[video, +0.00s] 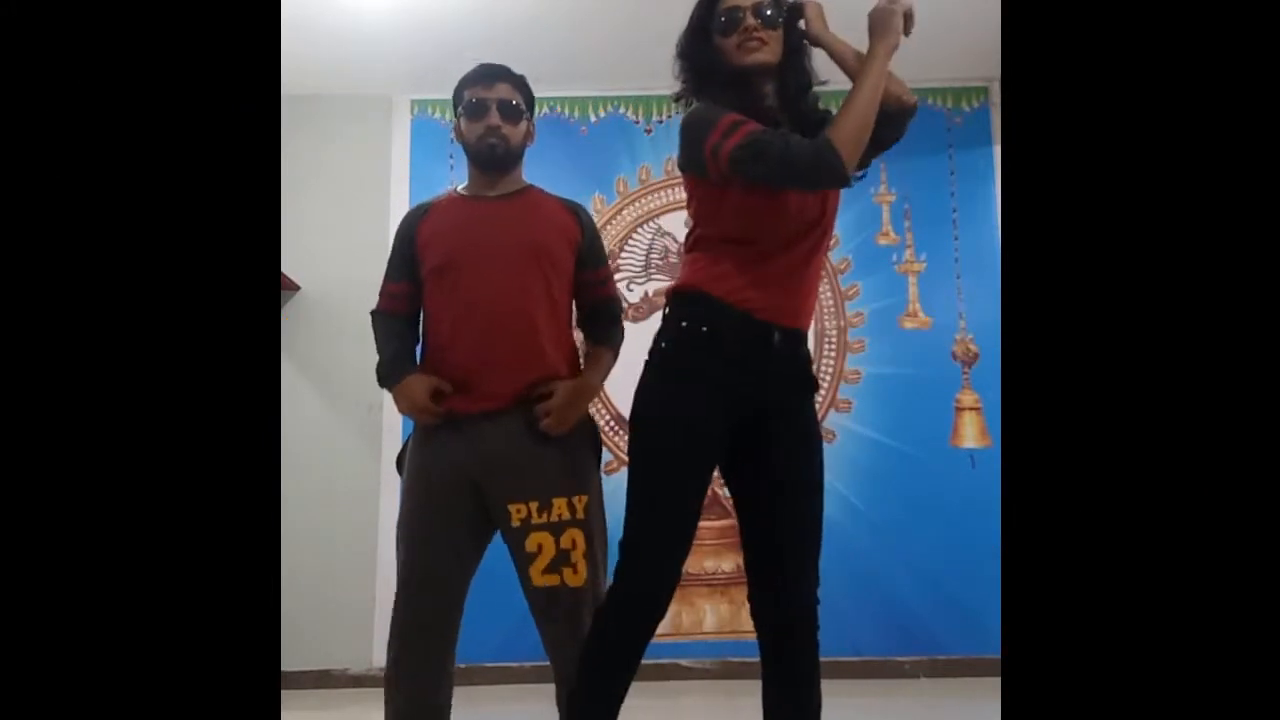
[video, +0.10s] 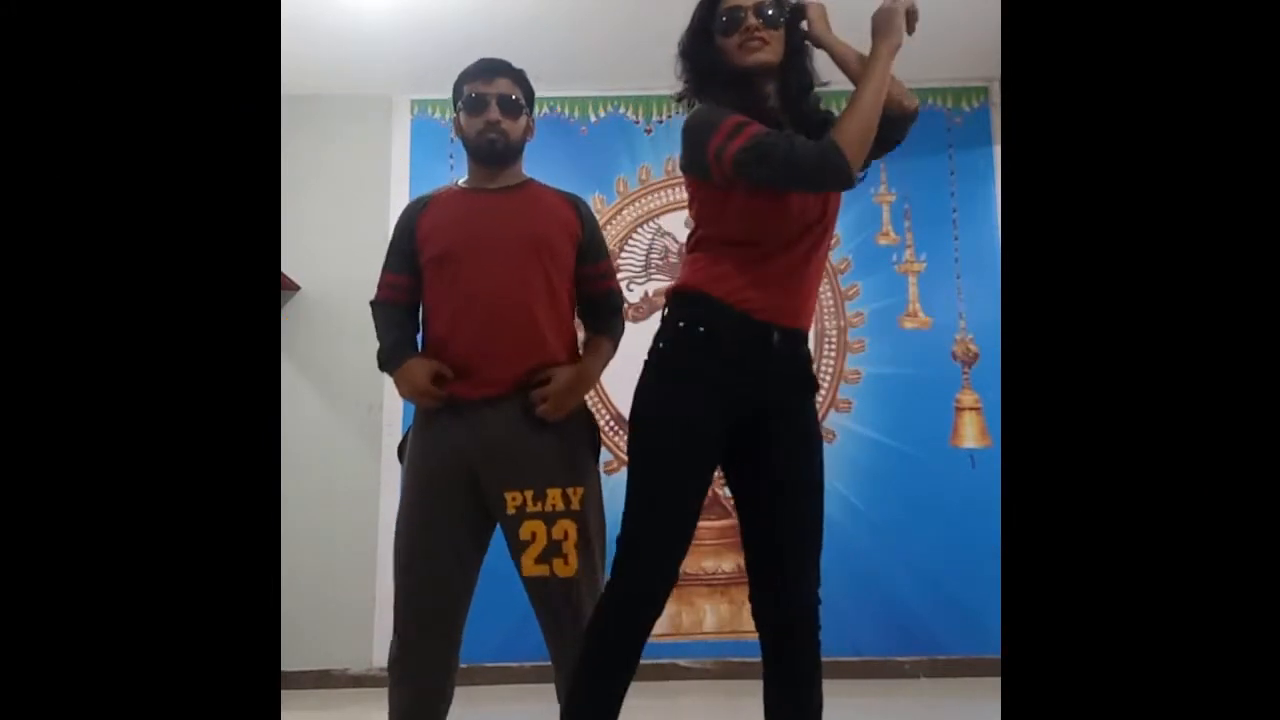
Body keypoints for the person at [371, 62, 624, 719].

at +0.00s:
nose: (492, 118)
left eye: (509, 109)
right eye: (476, 109)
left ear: (529, 129)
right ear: (456, 128)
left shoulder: (570, 220)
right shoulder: (421, 223)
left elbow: (604, 316)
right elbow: (393, 318)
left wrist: (590, 381)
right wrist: (400, 376)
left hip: (549, 439)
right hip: (445, 444)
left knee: (578, 620)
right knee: (420, 623)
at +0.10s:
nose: (492, 113)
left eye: (509, 104)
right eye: (476, 103)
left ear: (529, 124)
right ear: (456, 123)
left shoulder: (570, 212)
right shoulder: (422, 215)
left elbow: (606, 308)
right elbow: (392, 304)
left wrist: (588, 371)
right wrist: (401, 359)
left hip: (547, 428)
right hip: (446, 431)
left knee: (577, 615)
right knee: (422, 619)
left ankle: (591, 719)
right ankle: (413, 718)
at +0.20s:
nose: (493, 119)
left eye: (509, 109)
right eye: (476, 109)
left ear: (529, 130)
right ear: (456, 130)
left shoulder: (569, 222)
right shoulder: (421, 224)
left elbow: (608, 317)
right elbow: (390, 315)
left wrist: (591, 385)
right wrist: (396, 375)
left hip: (547, 441)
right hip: (444, 444)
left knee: (579, 621)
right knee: (418, 622)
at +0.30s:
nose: (492, 113)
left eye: (508, 103)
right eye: (476, 103)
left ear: (529, 124)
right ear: (456, 124)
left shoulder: (570, 214)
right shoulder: (421, 217)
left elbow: (605, 309)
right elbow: (394, 309)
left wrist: (587, 371)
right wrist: (400, 363)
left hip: (547, 432)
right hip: (444, 436)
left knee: (579, 618)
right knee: (417, 621)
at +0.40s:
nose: (491, 121)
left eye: (507, 112)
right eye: (475, 112)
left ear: (527, 132)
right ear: (455, 132)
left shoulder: (569, 224)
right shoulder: (420, 223)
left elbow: (609, 316)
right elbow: (386, 308)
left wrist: (591, 386)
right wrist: (400, 362)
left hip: (547, 437)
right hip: (445, 438)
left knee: (576, 617)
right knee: (419, 618)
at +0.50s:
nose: (492, 121)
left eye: (508, 112)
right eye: (474, 112)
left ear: (527, 132)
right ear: (454, 132)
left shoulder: (569, 224)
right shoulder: (421, 226)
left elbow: (602, 324)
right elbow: (391, 319)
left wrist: (589, 397)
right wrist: (397, 378)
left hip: (546, 442)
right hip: (443, 443)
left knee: (573, 624)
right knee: (420, 624)